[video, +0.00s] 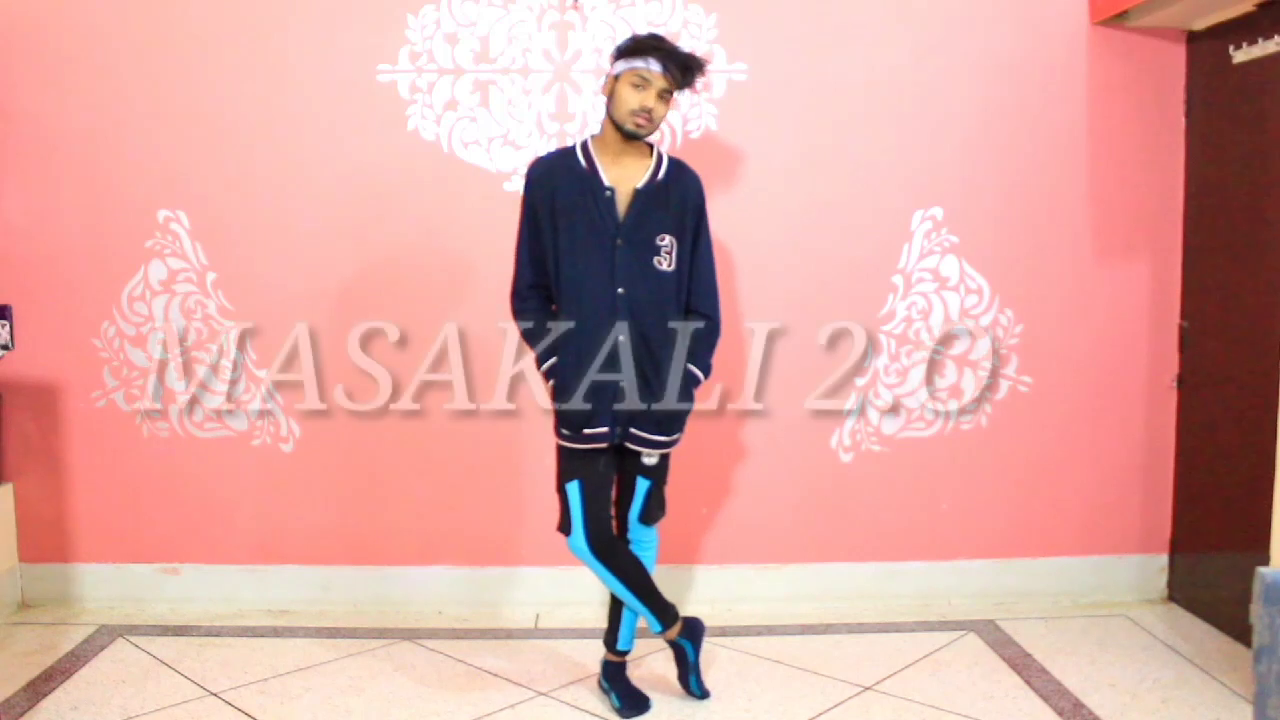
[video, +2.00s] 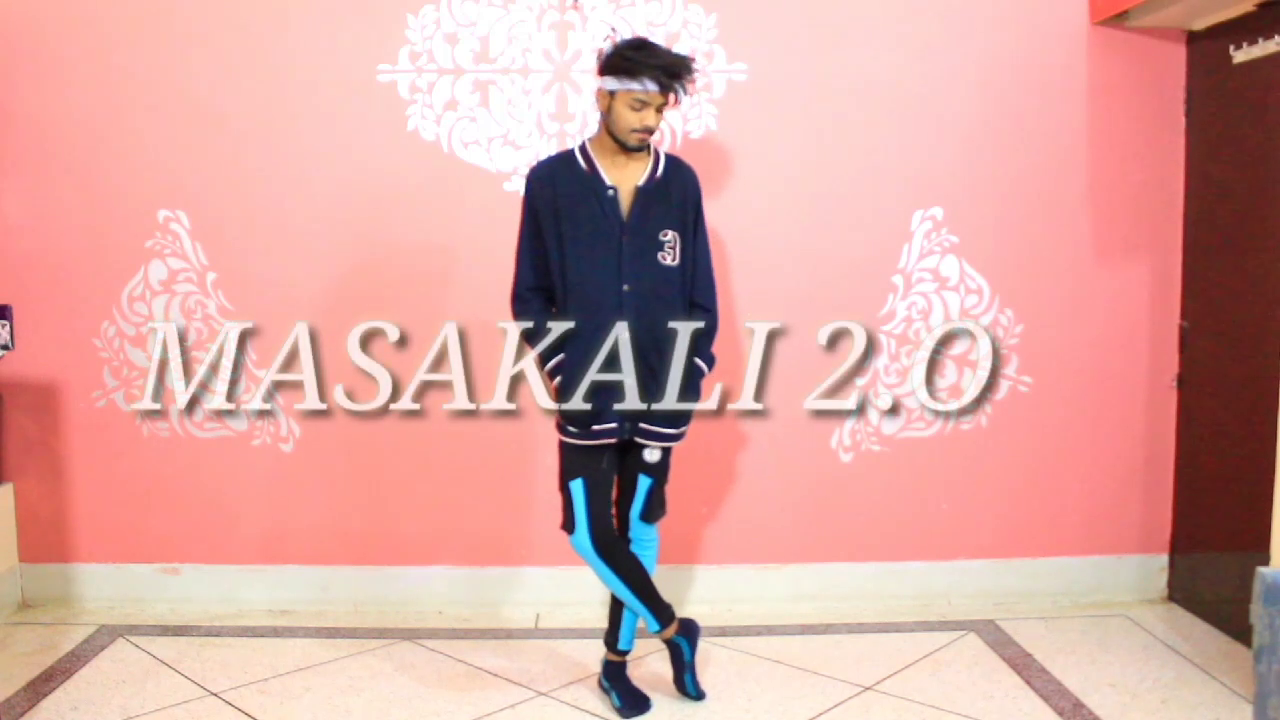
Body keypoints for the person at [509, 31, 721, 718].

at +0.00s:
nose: (648, 101)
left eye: (662, 92)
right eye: (637, 84)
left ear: (672, 105)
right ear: (608, 86)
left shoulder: (681, 183)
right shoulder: (552, 173)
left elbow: (703, 294)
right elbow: (529, 291)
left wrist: (692, 372)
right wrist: (557, 364)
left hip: (660, 385)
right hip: (583, 383)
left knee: (639, 524)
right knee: (588, 533)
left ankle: (616, 662)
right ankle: (678, 630)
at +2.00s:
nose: (649, 119)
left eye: (658, 106)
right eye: (637, 105)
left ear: (668, 106)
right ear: (603, 100)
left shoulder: (678, 179)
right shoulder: (553, 178)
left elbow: (700, 287)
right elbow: (529, 291)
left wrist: (698, 364)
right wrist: (557, 363)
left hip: (663, 384)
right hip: (587, 386)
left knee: (639, 525)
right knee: (589, 532)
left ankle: (616, 662)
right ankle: (674, 630)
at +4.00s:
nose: (652, 99)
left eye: (666, 89)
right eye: (639, 84)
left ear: (679, 101)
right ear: (616, 92)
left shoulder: (687, 194)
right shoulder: (564, 171)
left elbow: (696, 295)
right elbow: (526, 278)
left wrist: (701, 352)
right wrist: (556, 343)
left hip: (664, 381)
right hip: (590, 378)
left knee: (639, 523)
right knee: (597, 527)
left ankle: (616, 662)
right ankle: (675, 630)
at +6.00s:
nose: (602, 91)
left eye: (615, 80)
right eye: (589, 80)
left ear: (634, 95)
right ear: (568, 93)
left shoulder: (654, 186)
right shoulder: (532, 178)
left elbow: (662, 296)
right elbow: (517, 289)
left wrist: (659, 388)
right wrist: (543, 381)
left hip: (631, 380)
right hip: (559, 377)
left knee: (627, 516)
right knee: (562, 506)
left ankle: (624, 664)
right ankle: (583, 602)